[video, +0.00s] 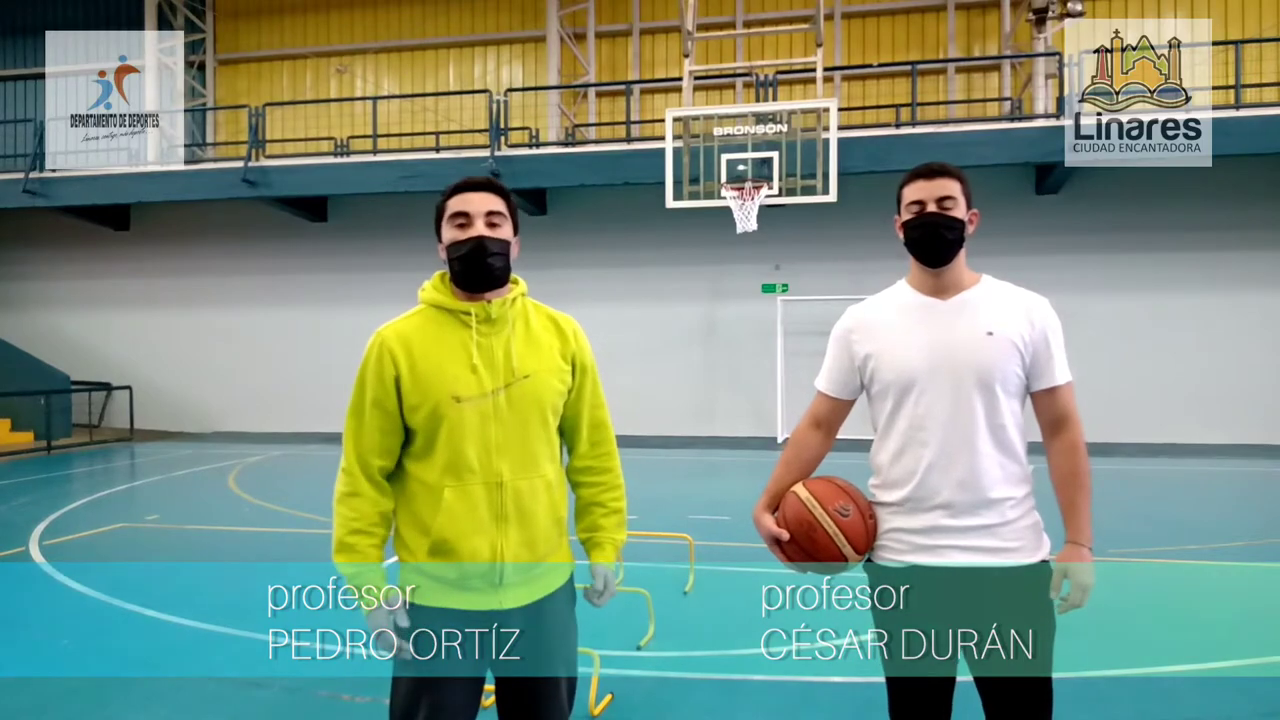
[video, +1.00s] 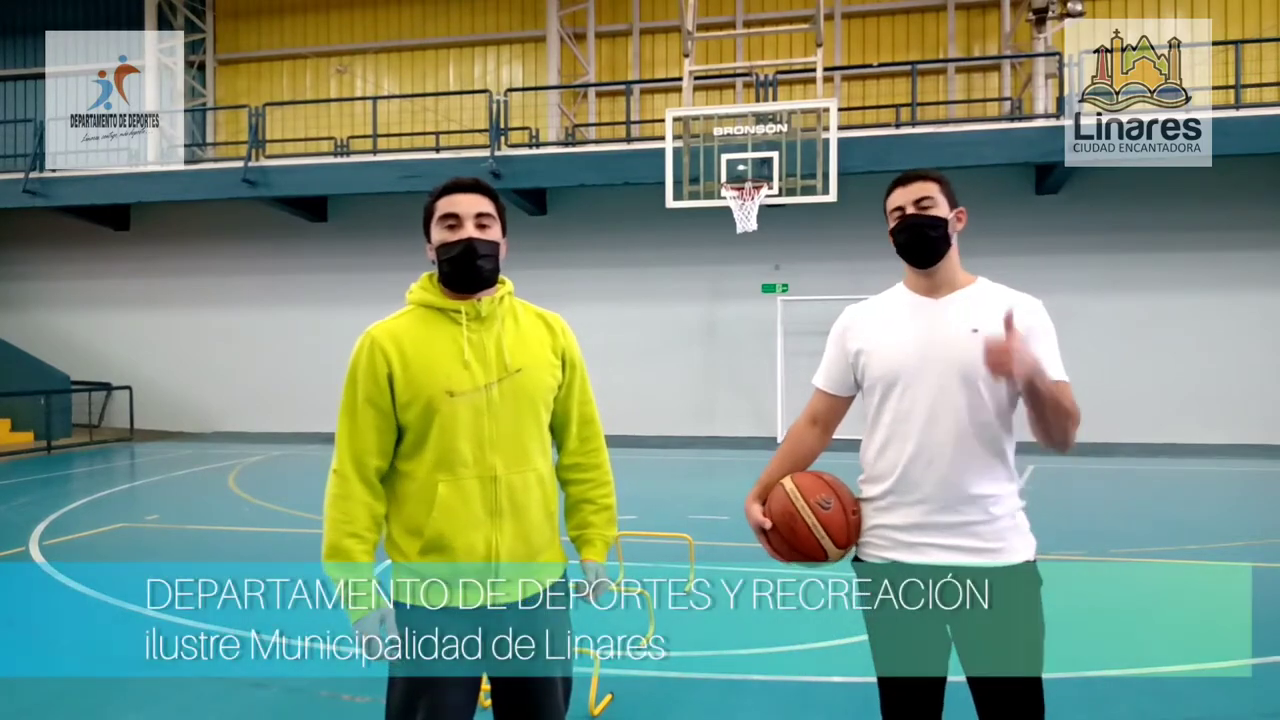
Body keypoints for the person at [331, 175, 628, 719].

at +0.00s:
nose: (478, 231)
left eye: (495, 221)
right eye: (460, 222)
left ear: (515, 244)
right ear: (441, 247)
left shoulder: (560, 336)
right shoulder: (397, 345)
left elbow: (594, 452)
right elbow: (363, 472)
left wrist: (604, 548)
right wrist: (364, 581)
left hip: (542, 591)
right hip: (438, 595)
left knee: (548, 712)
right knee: (430, 714)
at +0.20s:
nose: (471, 233)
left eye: (487, 221)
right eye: (453, 223)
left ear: (508, 242)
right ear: (433, 246)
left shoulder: (556, 334)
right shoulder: (392, 348)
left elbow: (592, 448)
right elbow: (359, 473)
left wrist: (602, 541)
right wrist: (355, 579)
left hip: (540, 591)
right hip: (437, 595)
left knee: (545, 711)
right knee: (430, 714)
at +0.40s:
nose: (465, 233)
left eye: (480, 222)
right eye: (447, 223)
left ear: (502, 243)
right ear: (427, 247)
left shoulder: (551, 334)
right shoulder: (387, 352)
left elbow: (589, 447)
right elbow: (356, 482)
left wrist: (600, 538)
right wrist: (356, 595)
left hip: (539, 597)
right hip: (435, 603)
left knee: (546, 712)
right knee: (428, 714)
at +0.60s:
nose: (463, 234)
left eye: (478, 222)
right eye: (445, 224)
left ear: (499, 243)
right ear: (425, 247)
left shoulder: (548, 334)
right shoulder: (385, 351)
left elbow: (585, 444)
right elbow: (359, 479)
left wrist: (595, 538)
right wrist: (365, 598)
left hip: (537, 591)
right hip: (434, 597)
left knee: (545, 711)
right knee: (430, 714)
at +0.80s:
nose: (465, 234)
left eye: (480, 222)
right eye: (447, 223)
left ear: (501, 242)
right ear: (426, 247)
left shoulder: (547, 334)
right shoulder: (385, 348)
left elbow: (583, 448)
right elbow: (358, 478)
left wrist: (594, 544)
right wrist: (363, 597)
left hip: (536, 592)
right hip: (433, 596)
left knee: (543, 711)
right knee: (428, 714)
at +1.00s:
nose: (469, 233)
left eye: (484, 222)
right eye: (450, 223)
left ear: (503, 243)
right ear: (430, 246)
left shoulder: (549, 335)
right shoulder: (387, 345)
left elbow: (583, 450)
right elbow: (356, 473)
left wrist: (594, 549)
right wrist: (356, 590)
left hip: (537, 591)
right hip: (434, 594)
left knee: (543, 711)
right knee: (428, 713)